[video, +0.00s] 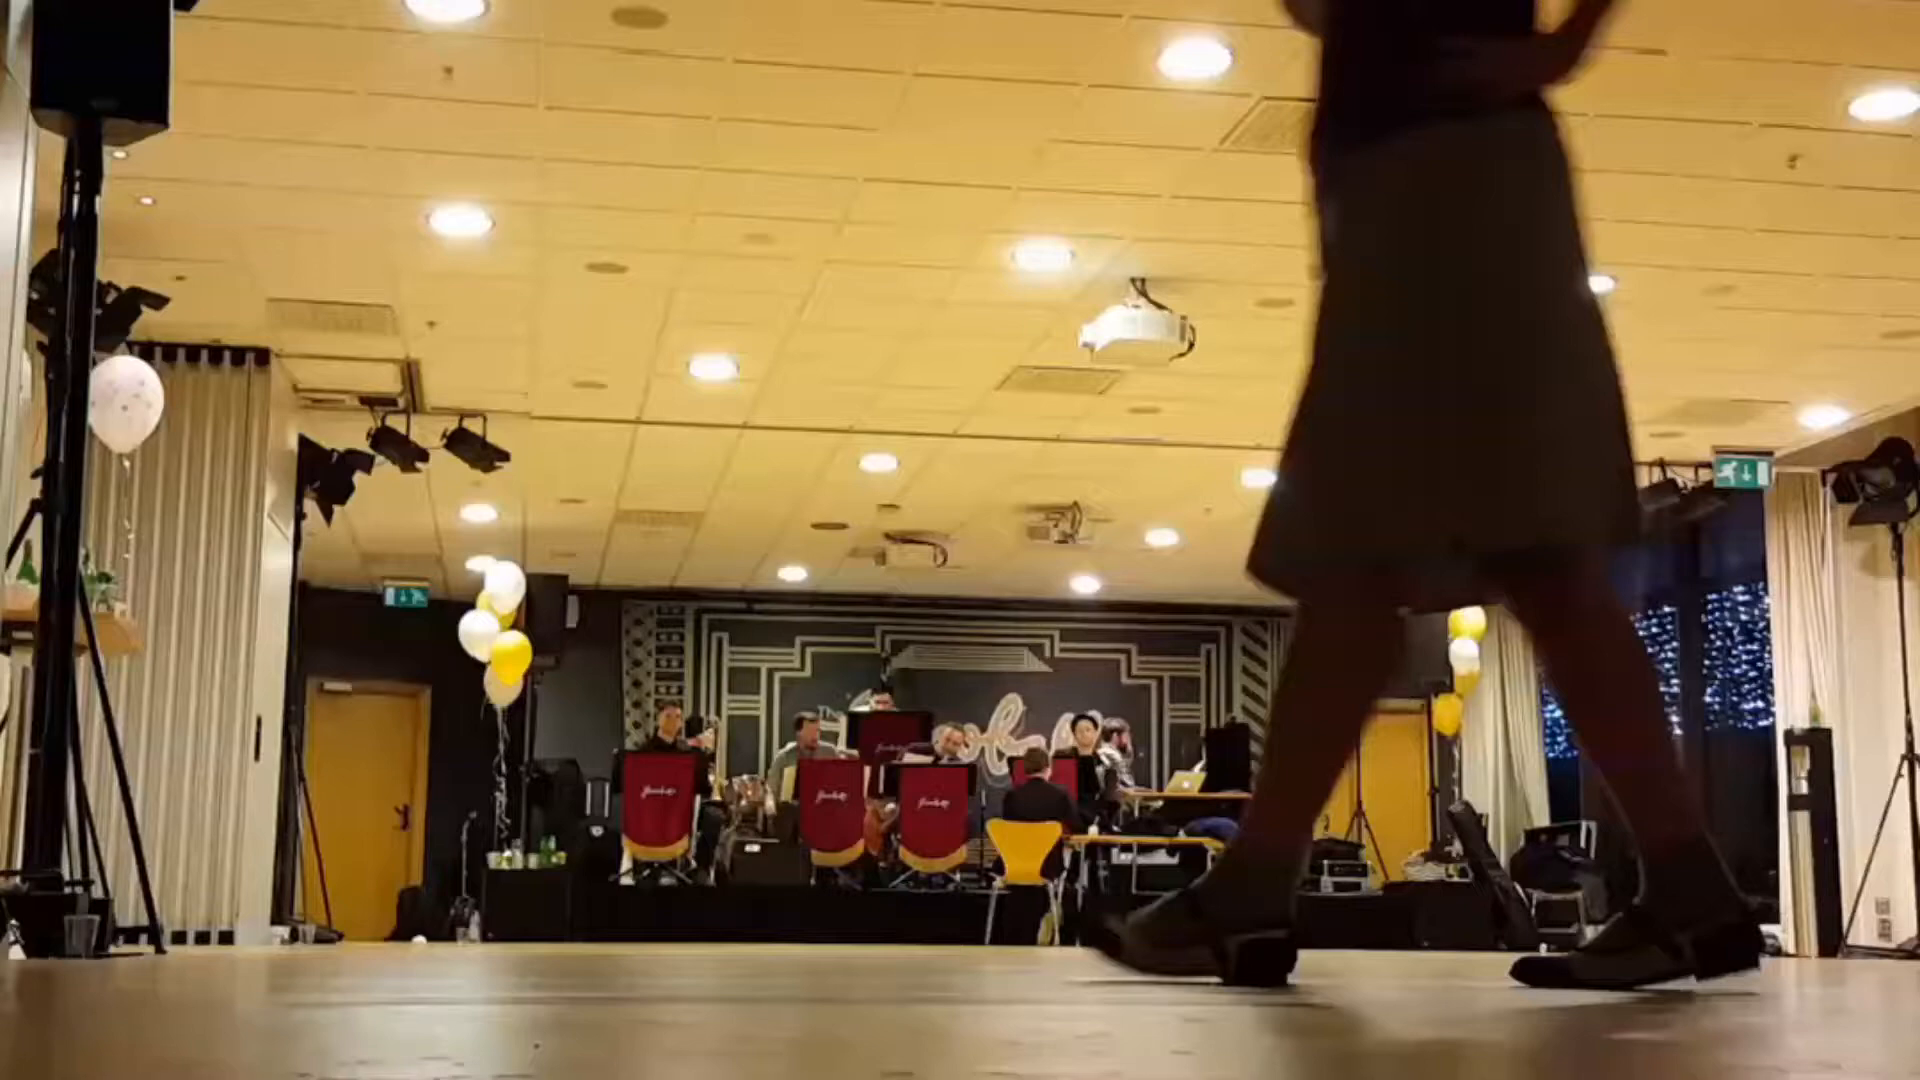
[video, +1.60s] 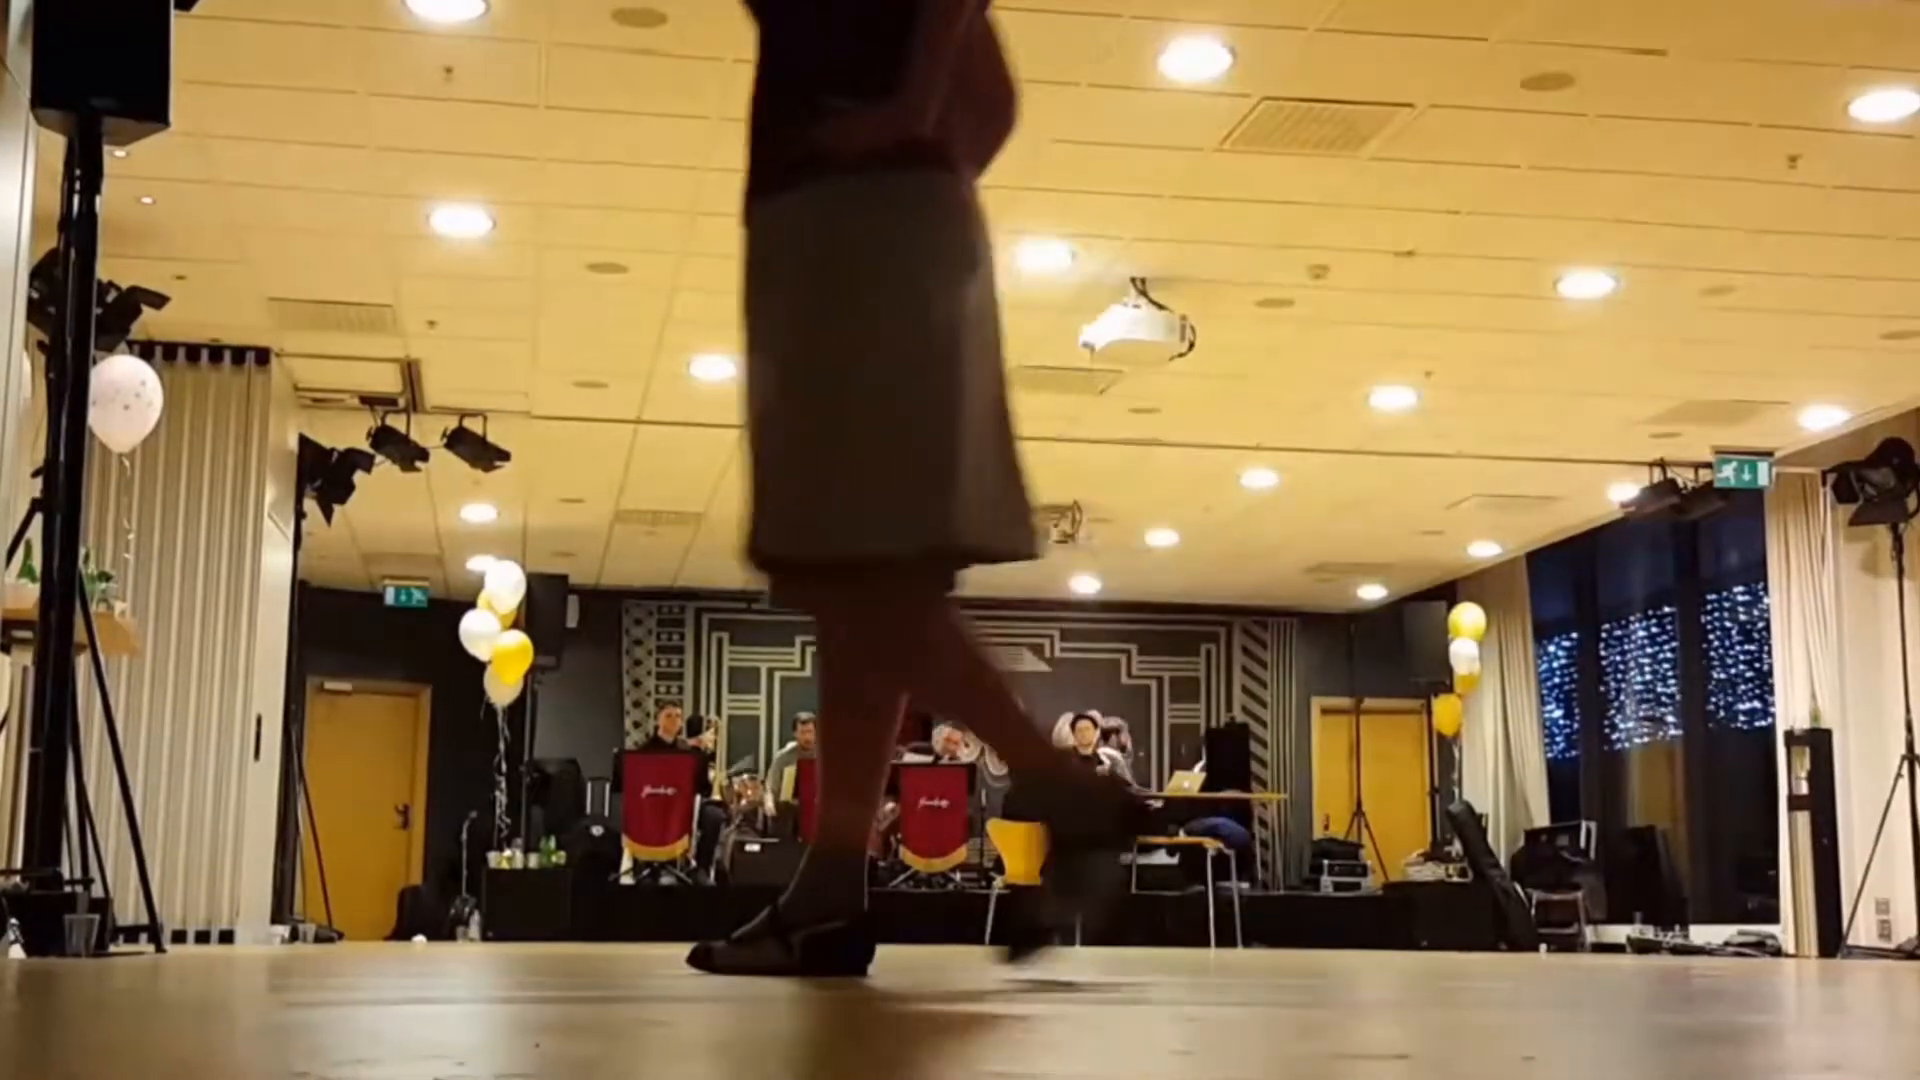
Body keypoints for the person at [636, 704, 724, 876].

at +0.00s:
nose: (672, 722)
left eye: (677, 717)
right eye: (667, 716)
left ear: (682, 723)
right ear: (658, 719)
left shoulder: (692, 754)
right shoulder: (644, 752)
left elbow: (704, 791)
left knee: (714, 816)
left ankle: (703, 868)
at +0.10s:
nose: (672, 722)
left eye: (677, 717)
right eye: (667, 716)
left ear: (682, 722)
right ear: (658, 719)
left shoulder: (692, 754)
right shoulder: (644, 752)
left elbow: (704, 790)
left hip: (683, 814)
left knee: (714, 816)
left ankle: (703, 868)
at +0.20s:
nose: (672, 721)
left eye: (677, 717)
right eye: (667, 716)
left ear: (682, 723)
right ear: (658, 719)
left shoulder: (692, 754)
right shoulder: (644, 752)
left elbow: (704, 790)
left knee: (714, 817)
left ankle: (703, 868)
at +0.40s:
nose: (672, 721)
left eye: (677, 717)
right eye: (667, 716)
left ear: (682, 723)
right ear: (658, 719)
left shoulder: (692, 754)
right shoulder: (644, 752)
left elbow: (704, 790)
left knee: (714, 817)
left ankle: (703, 868)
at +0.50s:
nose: (672, 722)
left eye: (677, 717)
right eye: (667, 716)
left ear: (682, 722)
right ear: (658, 719)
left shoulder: (692, 754)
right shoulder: (644, 752)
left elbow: (704, 790)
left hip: (683, 814)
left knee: (714, 816)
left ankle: (703, 868)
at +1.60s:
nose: (673, 721)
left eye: (677, 717)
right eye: (668, 716)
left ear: (682, 722)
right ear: (658, 720)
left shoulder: (692, 753)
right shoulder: (644, 751)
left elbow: (704, 790)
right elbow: (634, 785)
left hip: (684, 806)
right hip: (652, 806)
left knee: (714, 816)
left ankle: (703, 869)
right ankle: (643, 868)